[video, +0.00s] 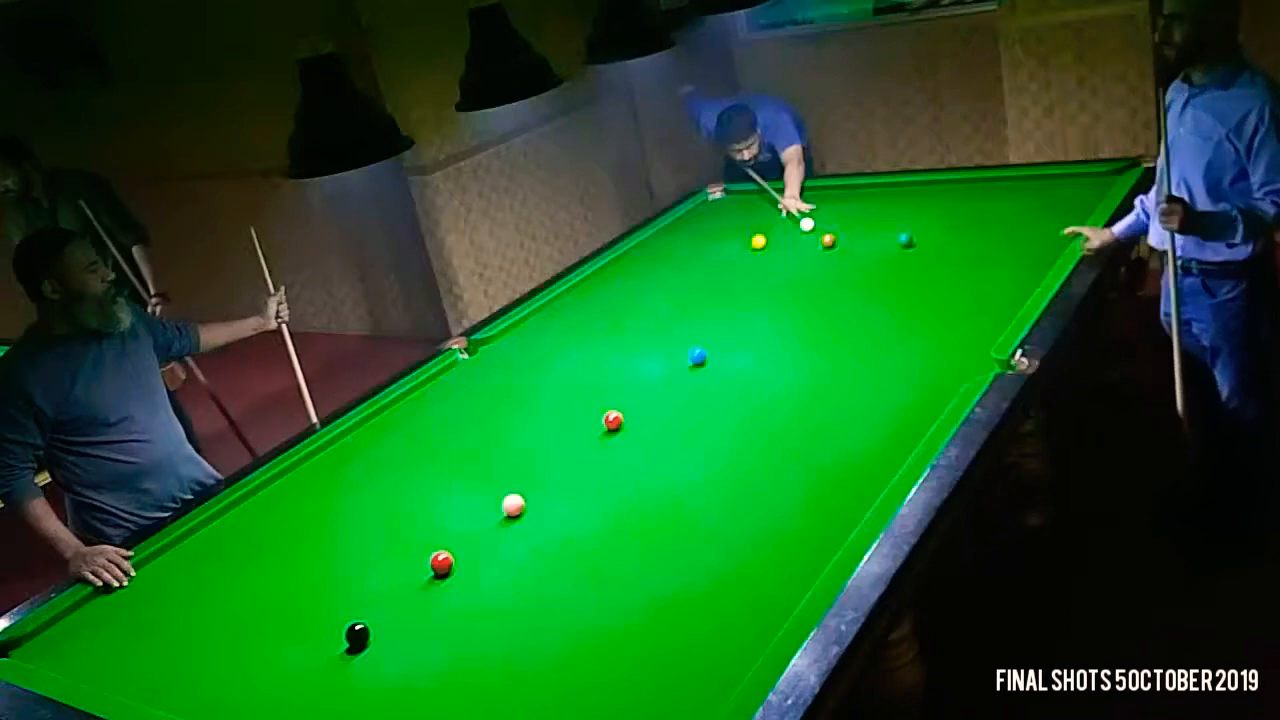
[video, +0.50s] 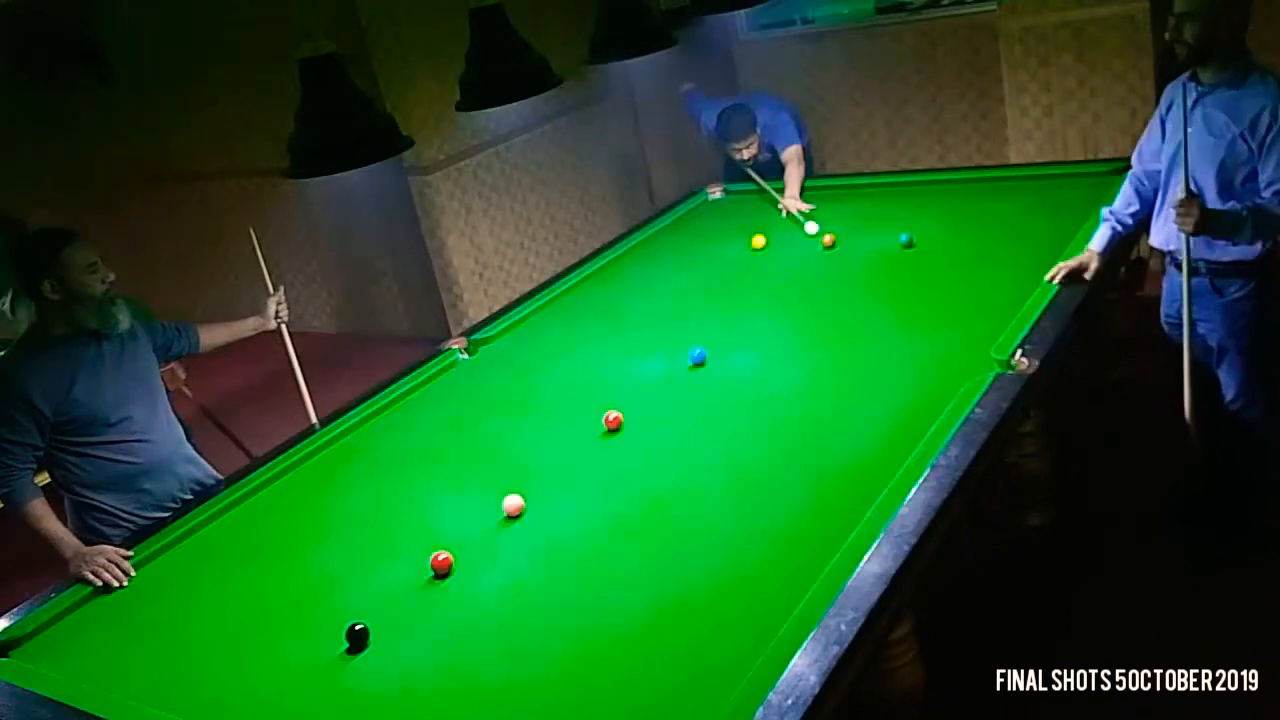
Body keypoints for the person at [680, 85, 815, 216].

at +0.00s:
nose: (746, 156)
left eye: (750, 148)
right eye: (737, 152)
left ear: (758, 134)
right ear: (721, 143)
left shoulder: (777, 121)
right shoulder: (710, 121)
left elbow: (794, 161)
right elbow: (691, 100)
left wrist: (791, 195)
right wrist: (687, 93)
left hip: (777, 157)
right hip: (736, 163)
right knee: (739, 211)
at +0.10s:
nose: (745, 156)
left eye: (750, 148)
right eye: (737, 152)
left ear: (758, 134)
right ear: (721, 143)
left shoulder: (777, 121)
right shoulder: (710, 120)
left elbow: (794, 160)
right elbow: (692, 99)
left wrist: (791, 196)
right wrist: (687, 92)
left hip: (777, 156)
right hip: (736, 162)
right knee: (737, 210)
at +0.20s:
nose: (745, 156)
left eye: (750, 147)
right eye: (737, 151)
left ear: (759, 134)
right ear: (721, 143)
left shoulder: (777, 121)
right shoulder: (710, 120)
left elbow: (794, 161)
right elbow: (692, 98)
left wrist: (791, 196)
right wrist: (688, 91)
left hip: (777, 156)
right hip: (736, 162)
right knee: (738, 210)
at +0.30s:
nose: (745, 156)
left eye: (750, 147)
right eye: (737, 152)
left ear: (758, 134)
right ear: (722, 143)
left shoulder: (777, 121)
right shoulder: (710, 120)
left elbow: (794, 161)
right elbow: (692, 98)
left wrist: (791, 196)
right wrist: (688, 91)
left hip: (777, 156)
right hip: (736, 162)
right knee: (738, 210)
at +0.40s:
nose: (745, 156)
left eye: (750, 148)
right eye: (737, 151)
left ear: (759, 134)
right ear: (722, 143)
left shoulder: (776, 121)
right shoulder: (710, 120)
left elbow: (794, 160)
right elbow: (693, 99)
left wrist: (792, 196)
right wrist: (688, 90)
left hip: (777, 156)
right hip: (736, 162)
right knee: (738, 209)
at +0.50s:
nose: (745, 156)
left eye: (750, 147)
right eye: (736, 151)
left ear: (758, 134)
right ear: (722, 142)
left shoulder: (776, 121)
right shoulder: (710, 120)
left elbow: (794, 160)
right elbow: (693, 99)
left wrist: (791, 196)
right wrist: (688, 90)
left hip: (777, 156)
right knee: (738, 210)